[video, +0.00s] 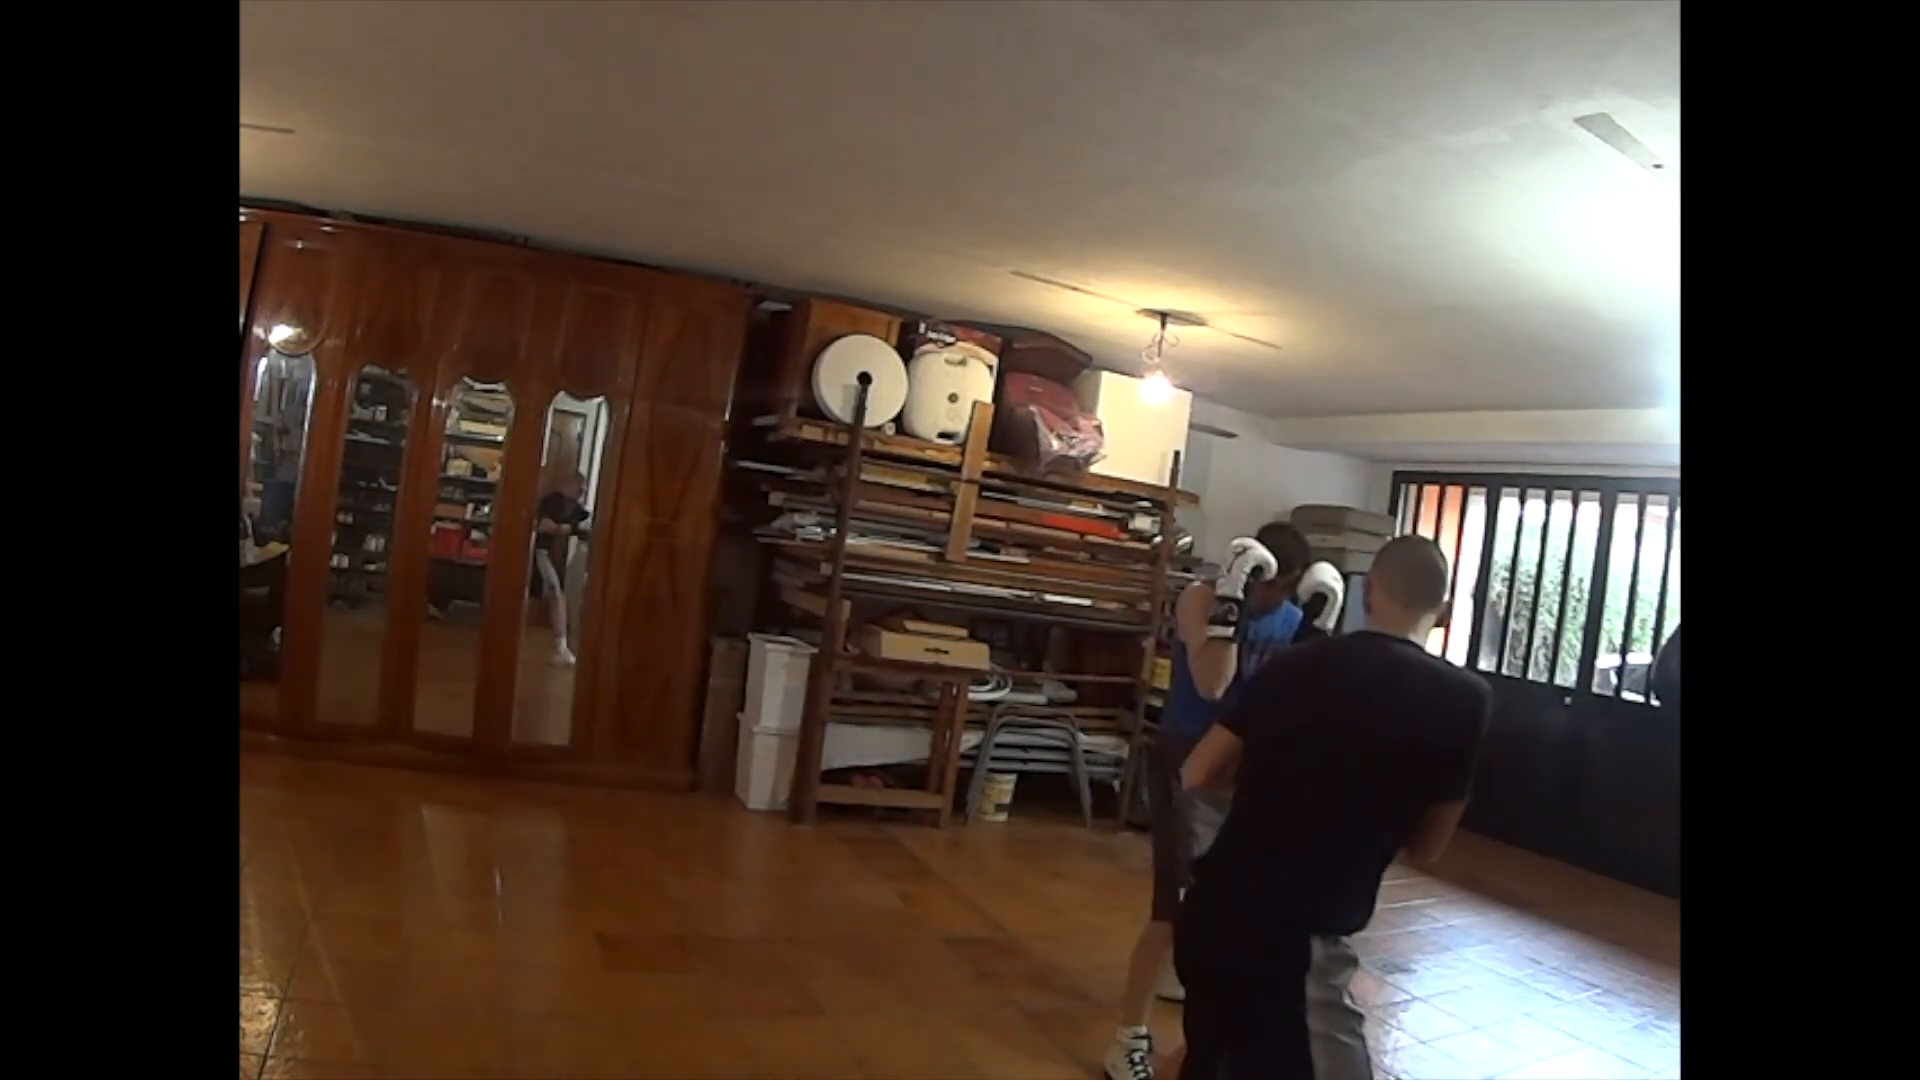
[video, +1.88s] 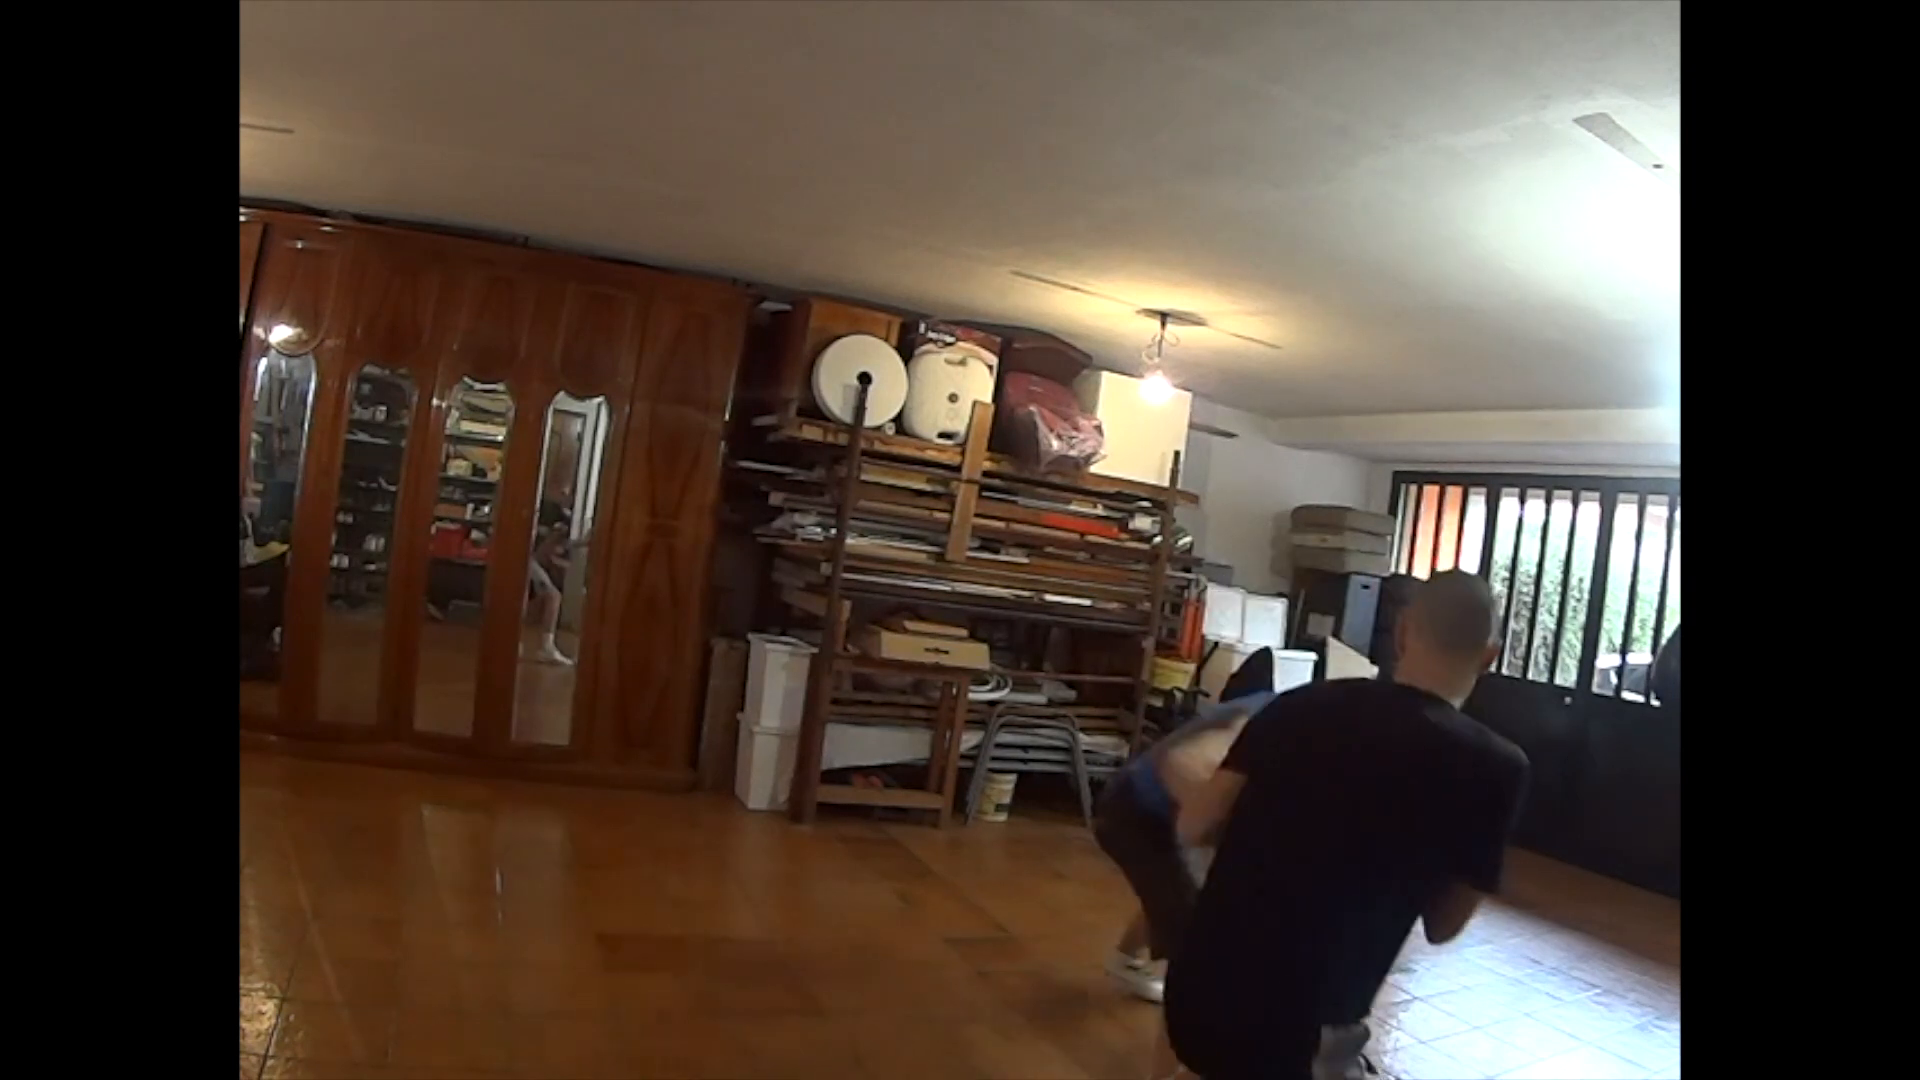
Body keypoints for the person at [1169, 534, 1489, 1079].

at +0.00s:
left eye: (1369, 588)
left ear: (1369, 593)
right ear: (1443, 613)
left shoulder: (1301, 662)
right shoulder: (1463, 697)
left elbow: (1197, 774)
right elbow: (1427, 850)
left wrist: (1274, 772)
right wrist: (1372, 796)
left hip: (1215, 913)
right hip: (1310, 945)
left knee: (1207, 1059)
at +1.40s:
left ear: (1384, 572)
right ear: (1467, 595)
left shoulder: (1298, 655)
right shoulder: (1479, 701)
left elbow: (1198, 770)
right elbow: (1444, 857)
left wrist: (1276, 774)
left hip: (1218, 927)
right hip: (1315, 963)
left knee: (1213, 1065)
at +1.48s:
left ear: (1375, 576)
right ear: (1455, 598)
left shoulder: (1299, 656)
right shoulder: (1474, 691)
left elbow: (1200, 777)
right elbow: (1445, 856)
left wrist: (1271, 786)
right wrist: (1388, 800)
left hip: (1213, 924)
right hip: (1311, 959)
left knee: (1213, 1057)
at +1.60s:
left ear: (1371, 591)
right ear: (1447, 610)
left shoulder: (1298, 663)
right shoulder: (1460, 701)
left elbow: (1199, 749)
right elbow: (1436, 858)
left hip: (1203, 937)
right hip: (1302, 965)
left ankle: (1202, 1061)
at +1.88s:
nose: (1397, 635)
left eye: (1399, 625)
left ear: (1403, 632)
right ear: (1490, 659)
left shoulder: (1305, 704)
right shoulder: (1493, 765)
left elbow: (1197, 823)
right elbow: (1443, 924)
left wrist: (1185, 768)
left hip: (1199, 994)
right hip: (1309, 1031)